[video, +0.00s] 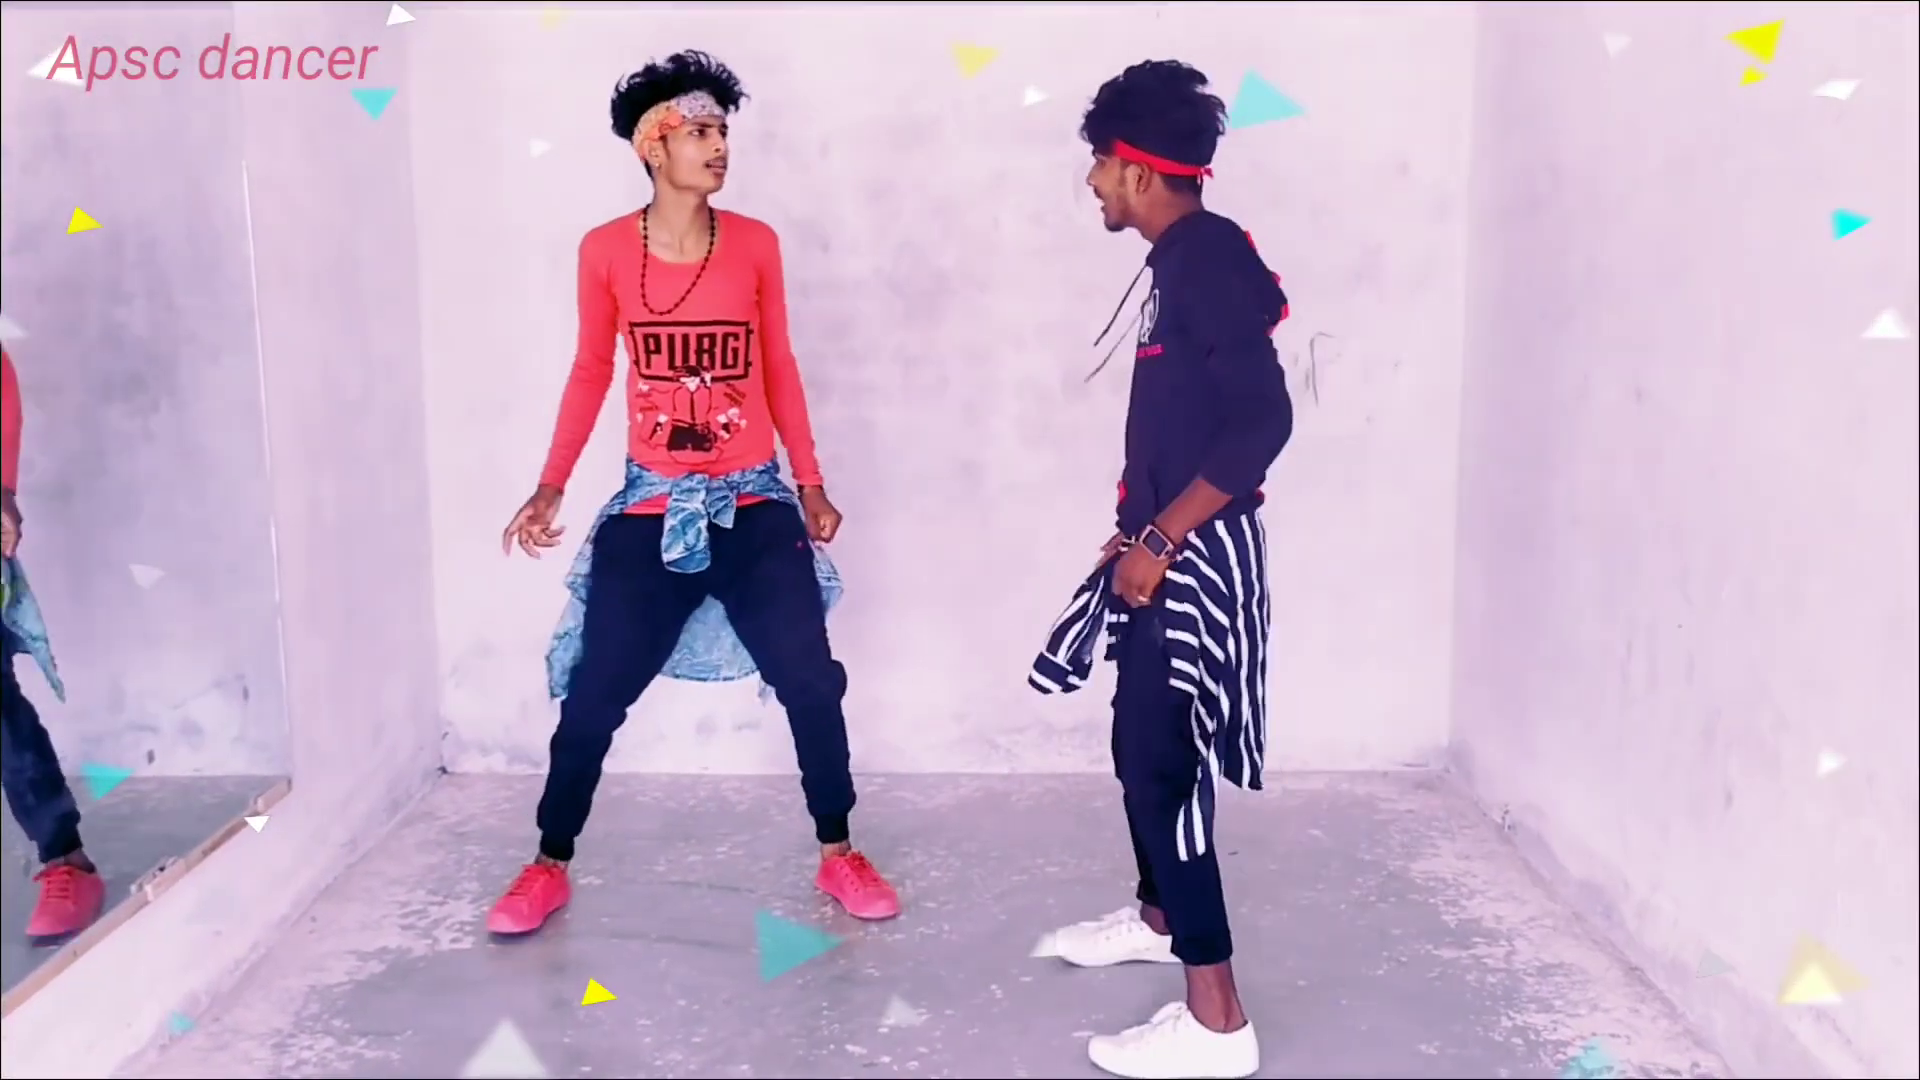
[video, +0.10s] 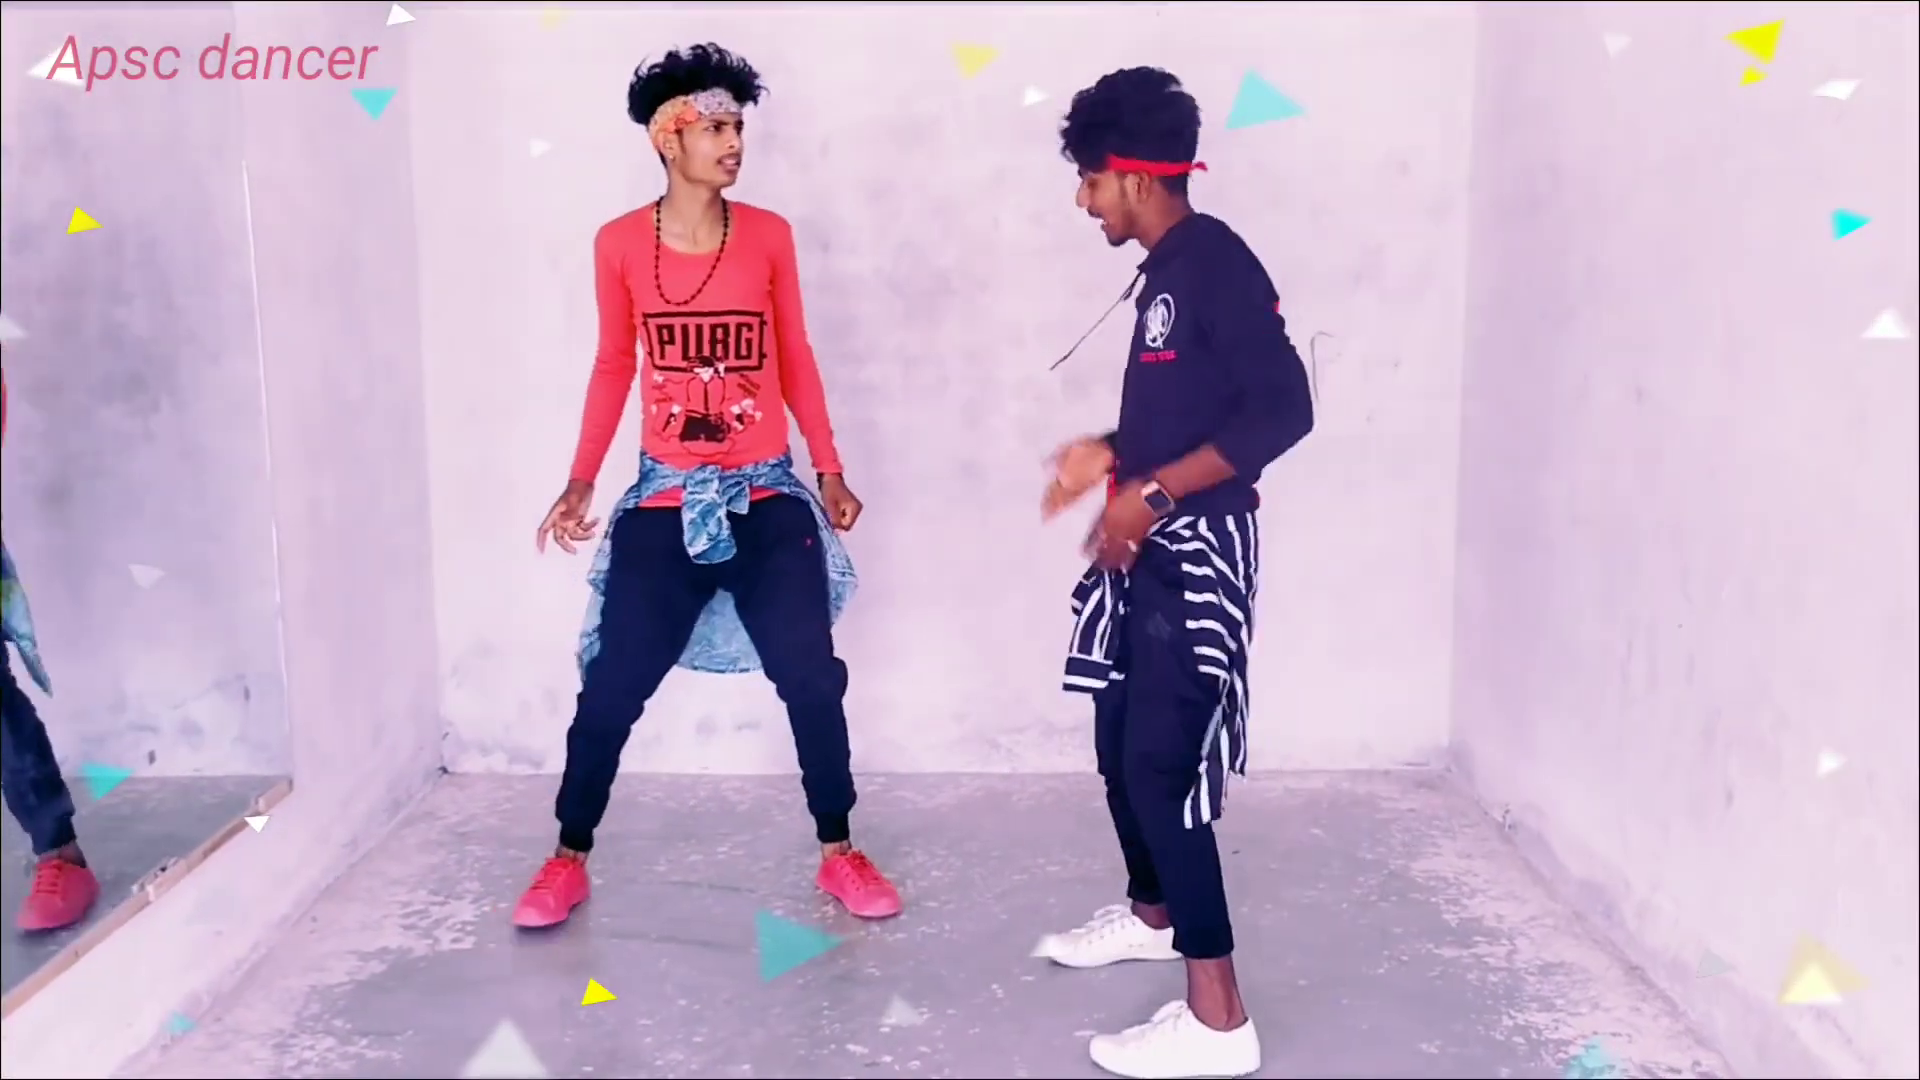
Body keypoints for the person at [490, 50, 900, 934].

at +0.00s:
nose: (716, 145)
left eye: (721, 128)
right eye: (694, 131)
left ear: (729, 141)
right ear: (648, 149)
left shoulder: (755, 245)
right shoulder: (607, 251)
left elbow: (778, 366)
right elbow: (592, 369)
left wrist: (810, 482)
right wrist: (550, 486)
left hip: (758, 504)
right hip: (652, 510)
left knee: (809, 677)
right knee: (597, 691)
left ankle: (839, 852)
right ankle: (550, 866)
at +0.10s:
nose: (735, 142)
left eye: (738, 126)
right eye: (715, 126)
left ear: (740, 137)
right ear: (666, 139)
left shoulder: (768, 235)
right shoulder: (622, 244)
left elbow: (794, 354)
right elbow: (615, 363)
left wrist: (827, 464)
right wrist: (581, 482)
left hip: (770, 497)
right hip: (665, 503)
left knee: (810, 674)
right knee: (616, 683)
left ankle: (839, 850)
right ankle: (569, 859)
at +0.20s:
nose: (737, 140)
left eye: (744, 124)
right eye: (717, 124)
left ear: (751, 136)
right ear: (671, 137)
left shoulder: (772, 234)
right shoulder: (627, 240)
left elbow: (798, 354)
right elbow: (623, 363)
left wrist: (834, 462)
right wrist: (599, 485)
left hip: (768, 496)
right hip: (662, 502)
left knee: (809, 674)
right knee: (625, 688)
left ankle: (841, 849)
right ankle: (597, 854)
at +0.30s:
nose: (738, 141)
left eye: (744, 125)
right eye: (720, 125)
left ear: (749, 137)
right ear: (672, 134)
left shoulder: (769, 233)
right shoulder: (625, 237)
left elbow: (792, 354)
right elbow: (619, 361)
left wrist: (827, 464)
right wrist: (602, 485)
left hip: (765, 494)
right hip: (660, 498)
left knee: (806, 670)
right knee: (623, 683)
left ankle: (842, 848)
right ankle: (596, 853)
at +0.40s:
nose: (738, 142)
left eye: (745, 126)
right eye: (720, 125)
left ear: (750, 137)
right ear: (673, 133)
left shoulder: (770, 233)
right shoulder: (625, 236)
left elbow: (788, 355)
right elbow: (614, 359)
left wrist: (815, 465)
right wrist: (599, 480)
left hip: (761, 492)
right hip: (658, 497)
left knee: (805, 671)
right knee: (628, 680)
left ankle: (842, 848)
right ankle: (597, 853)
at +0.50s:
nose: (741, 144)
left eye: (748, 127)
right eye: (724, 127)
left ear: (752, 136)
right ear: (676, 133)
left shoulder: (770, 233)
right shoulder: (626, 235)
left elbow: (787, 355)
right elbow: (612, 358)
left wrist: (810, 466)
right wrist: (594, 482)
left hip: (762, 492)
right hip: (659, 496)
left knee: (807, 670)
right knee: (630, 679)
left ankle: (843, 847)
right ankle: (599, 852)